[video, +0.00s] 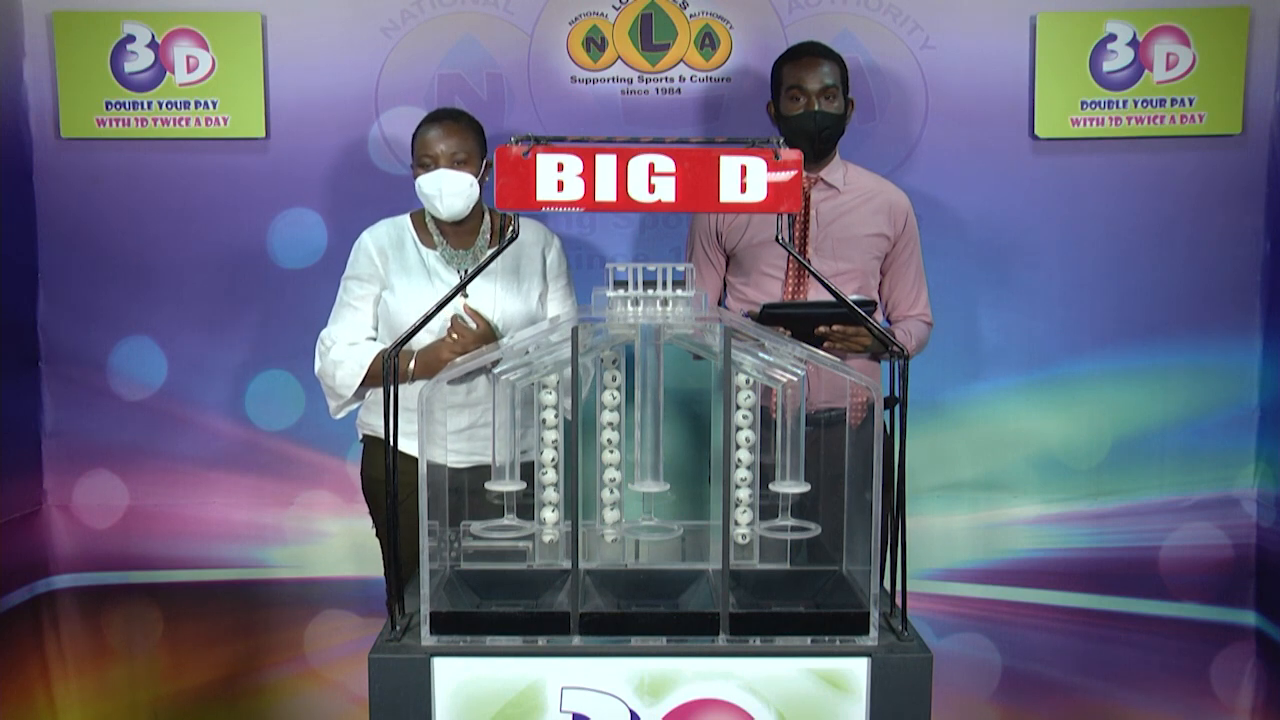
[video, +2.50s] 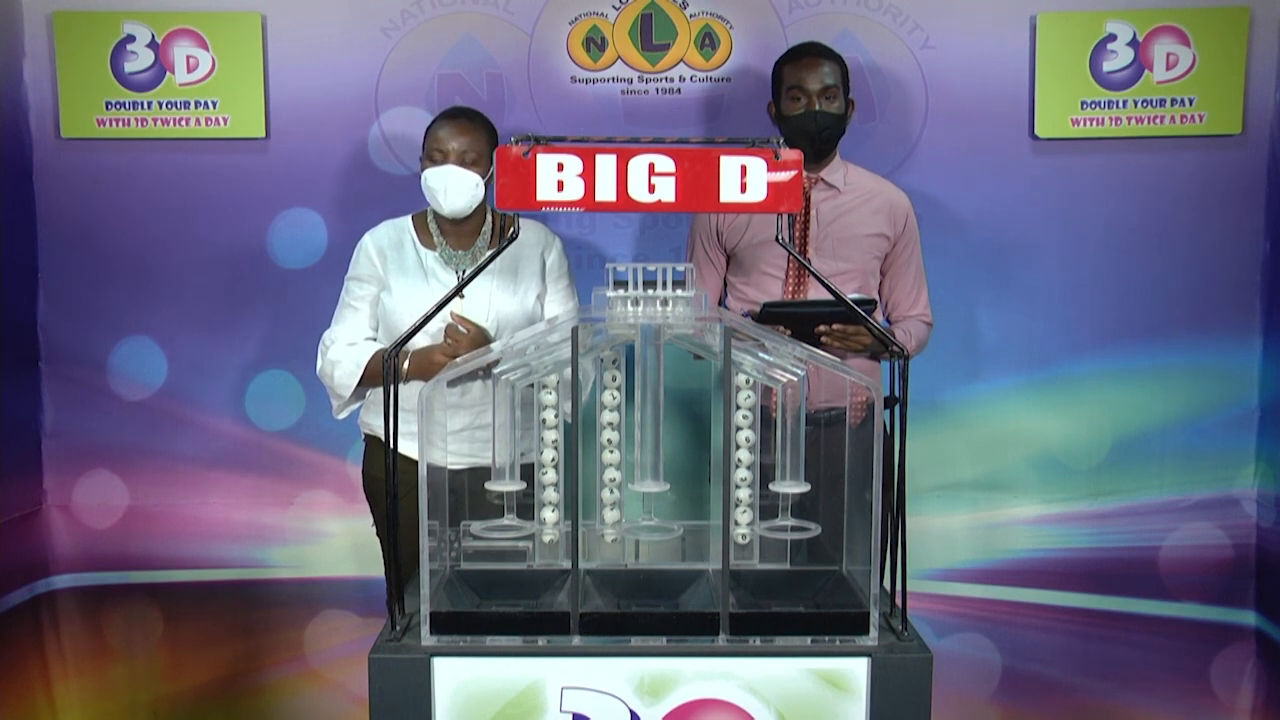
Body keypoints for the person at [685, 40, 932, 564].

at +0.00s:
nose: (812, 107)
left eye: (828, 94)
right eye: (795, 95)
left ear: (848, 108)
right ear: (774, 109)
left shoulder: (887, 205)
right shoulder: (726, 200)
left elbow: (914, 320)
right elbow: (696, 318)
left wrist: (876, 341)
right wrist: (759, 338)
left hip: (843, 416)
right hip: (751, 416)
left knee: (844, 579)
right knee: (753, 578)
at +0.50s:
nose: (813, 107)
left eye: (828, 94)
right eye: (796, 95)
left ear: (848, 108)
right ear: (774, 109)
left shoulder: (887, 205)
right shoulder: (726, 200)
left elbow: (915, 320)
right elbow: (696, 318)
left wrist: (876, 341)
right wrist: (760, 337)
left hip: (843, 417)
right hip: (752, 417)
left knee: (844, 581)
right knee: (753, 579)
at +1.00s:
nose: (814, 107)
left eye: (829, 94)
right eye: (797, 95)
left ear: (848, 108)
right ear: (775, 109)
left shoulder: (888, 205)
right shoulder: (727, 200)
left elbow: (914, 320)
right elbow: (696, 316)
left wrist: (876, 340)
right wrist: (757, 335)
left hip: (843, 415)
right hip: (752, 414)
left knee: (844, 578)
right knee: (753, 576)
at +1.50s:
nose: (813, 107)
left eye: (829, 94)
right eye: (796, 95)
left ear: (848, 108)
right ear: (774, 109)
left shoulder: (888, 205)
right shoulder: (727, 200)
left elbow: (914, 321)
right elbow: (695, 317)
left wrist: (876, 341)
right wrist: (757, 336)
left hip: (843, 416)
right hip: (752, 416)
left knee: (844, 580)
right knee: (753, 579)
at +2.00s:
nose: (814, 107)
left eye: (829, 94)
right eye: (796, 95)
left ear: (848, 108)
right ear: (774, 109)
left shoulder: (888, 205)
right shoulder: (727, 200)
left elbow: (914, 321)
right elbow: (695, 317)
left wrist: (876, 341)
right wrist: (758, 335)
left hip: (844, 416)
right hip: (752, 416)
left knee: (844, 580)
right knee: (753, 579)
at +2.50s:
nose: (813, 107)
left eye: (829, 94)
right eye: (796, 95)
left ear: (848, 108)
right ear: (774, 109)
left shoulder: (888, 205)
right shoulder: (727, 200)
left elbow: (914, 321)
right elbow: (695, 318)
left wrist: (876, 341)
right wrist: (758, 335)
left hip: (844, 417)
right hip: (751, 417)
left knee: (844, 581)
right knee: (753, 579)